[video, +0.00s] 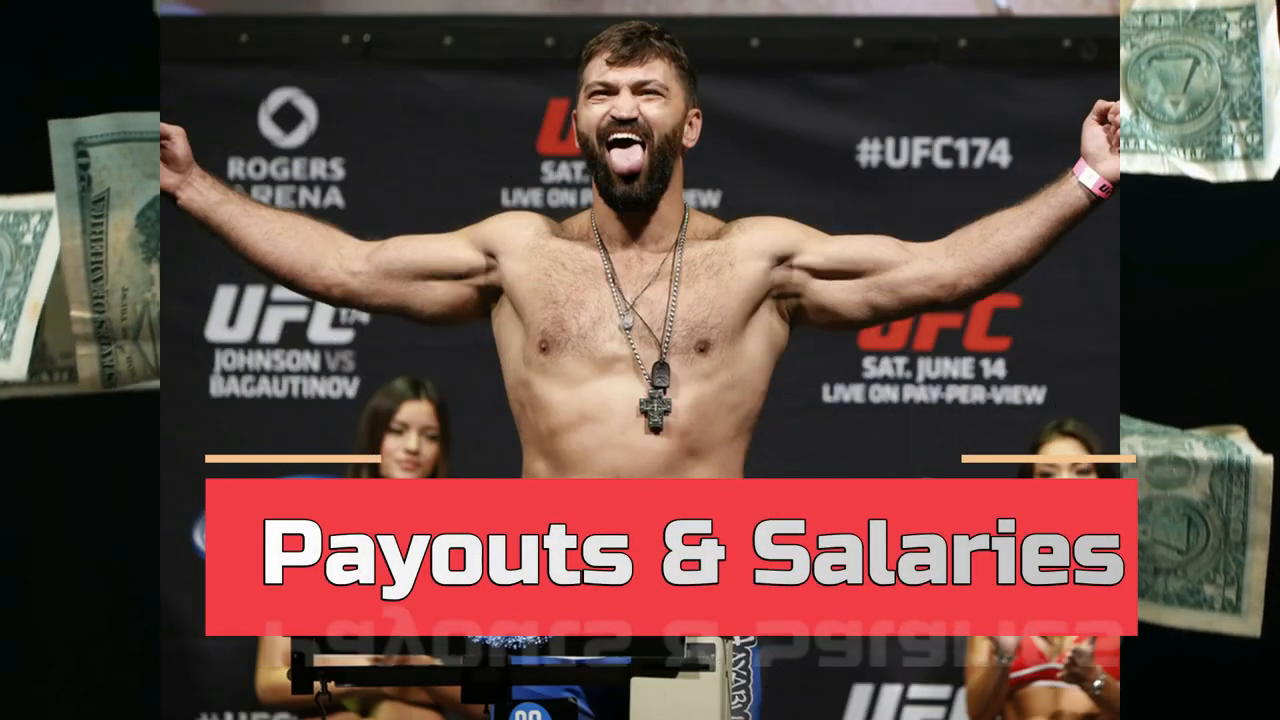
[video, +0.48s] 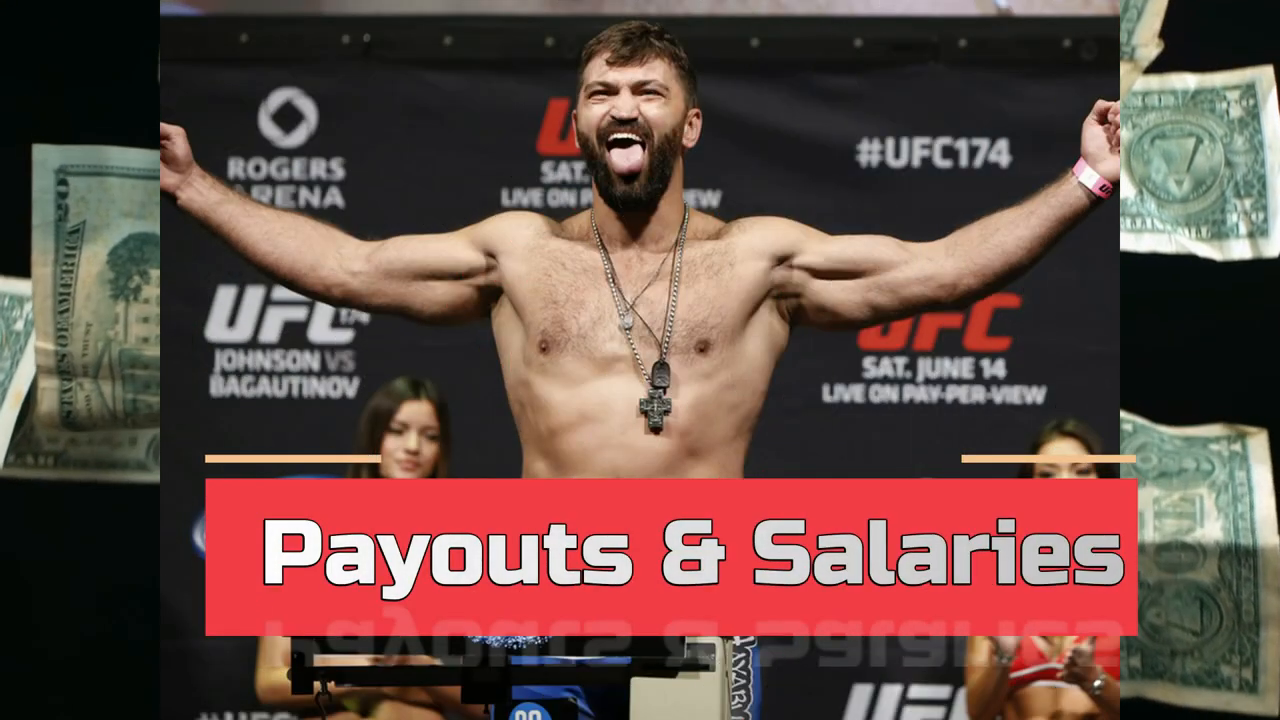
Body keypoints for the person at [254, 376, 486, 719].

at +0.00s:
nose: (412, 447)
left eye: (429, 435)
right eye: (398, 431)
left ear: (442, 449)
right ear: (374, 438)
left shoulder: (465, 526)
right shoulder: (316, 520)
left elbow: (484, 699)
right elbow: (269, 682)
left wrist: (427, 676)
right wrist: (349, 680)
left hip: (423, 708)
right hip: (337, 705)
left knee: (396, 710)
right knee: (342, 716)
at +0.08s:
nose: (412, 447)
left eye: (429, 435)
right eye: (398, 431)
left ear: (442, 449)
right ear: (374, 438)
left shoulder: (465, 526)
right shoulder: (316, 520)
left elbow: (484, 699)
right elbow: (269, 682)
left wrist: (427, 676)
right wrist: (349, 680)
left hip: (423, 708)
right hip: (337, 705)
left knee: (396, 710)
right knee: (342, 716)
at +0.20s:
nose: (412, 447)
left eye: (429, 435)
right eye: (398, 431)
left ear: (442, 449)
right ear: (374, 438)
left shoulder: (465, 526)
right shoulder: (316, 520)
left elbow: (484, 699)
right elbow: (269, 682)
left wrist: (427, 676)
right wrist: (349, 680)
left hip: (423, 708)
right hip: (337, 705)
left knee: (396, 710)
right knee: (342, 716)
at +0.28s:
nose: (412, 447)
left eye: (429, 435)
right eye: (398, 431)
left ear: (442, 449)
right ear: (374, 438)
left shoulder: (465, 526)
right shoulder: (316, 520)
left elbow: (484, 699)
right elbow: (269, 682)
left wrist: (427, 676)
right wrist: (349, 680)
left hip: (423, 708)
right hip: (337, 705)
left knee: (396, 710)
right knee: (342, 716)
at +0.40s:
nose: (412, 447)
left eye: (429, 435)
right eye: (398, 431)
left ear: (442, 449)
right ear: (374, 438)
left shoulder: (465, 526)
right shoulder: (316, 520)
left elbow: (484, 699)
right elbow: (269, 682)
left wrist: (427, 676)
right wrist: (349, 680)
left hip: (423, 708)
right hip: (338, 705)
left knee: (396, 710)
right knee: (342, 716)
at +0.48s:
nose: (412, 447)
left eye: (429, 435)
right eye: (398, 431)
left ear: (442, 449)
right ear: (374, 437)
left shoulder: (465, 526)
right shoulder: (316, 520)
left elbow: (483, 699)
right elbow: (269, 682)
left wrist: (427, 676)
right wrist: (350, 680)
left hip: (423, 707)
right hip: (337, 705)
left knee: (397, 710)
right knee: (342, 716)